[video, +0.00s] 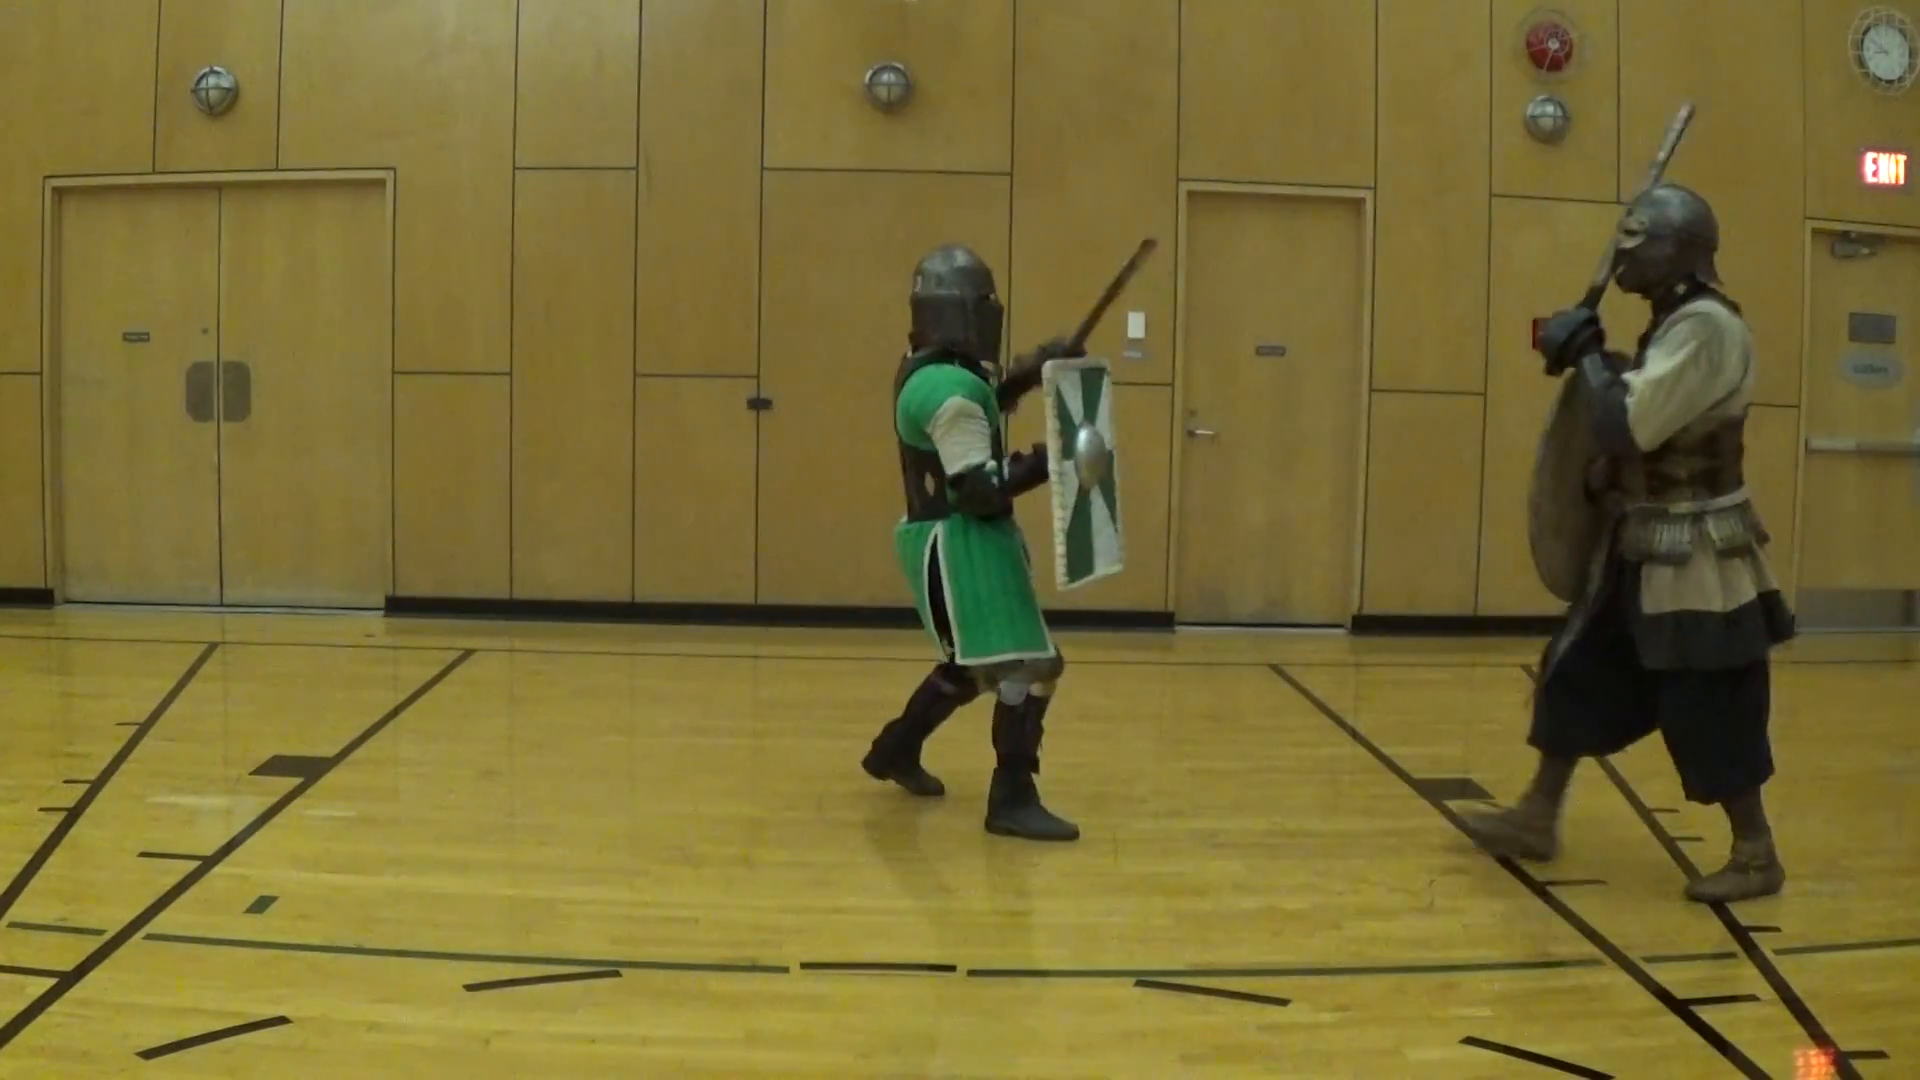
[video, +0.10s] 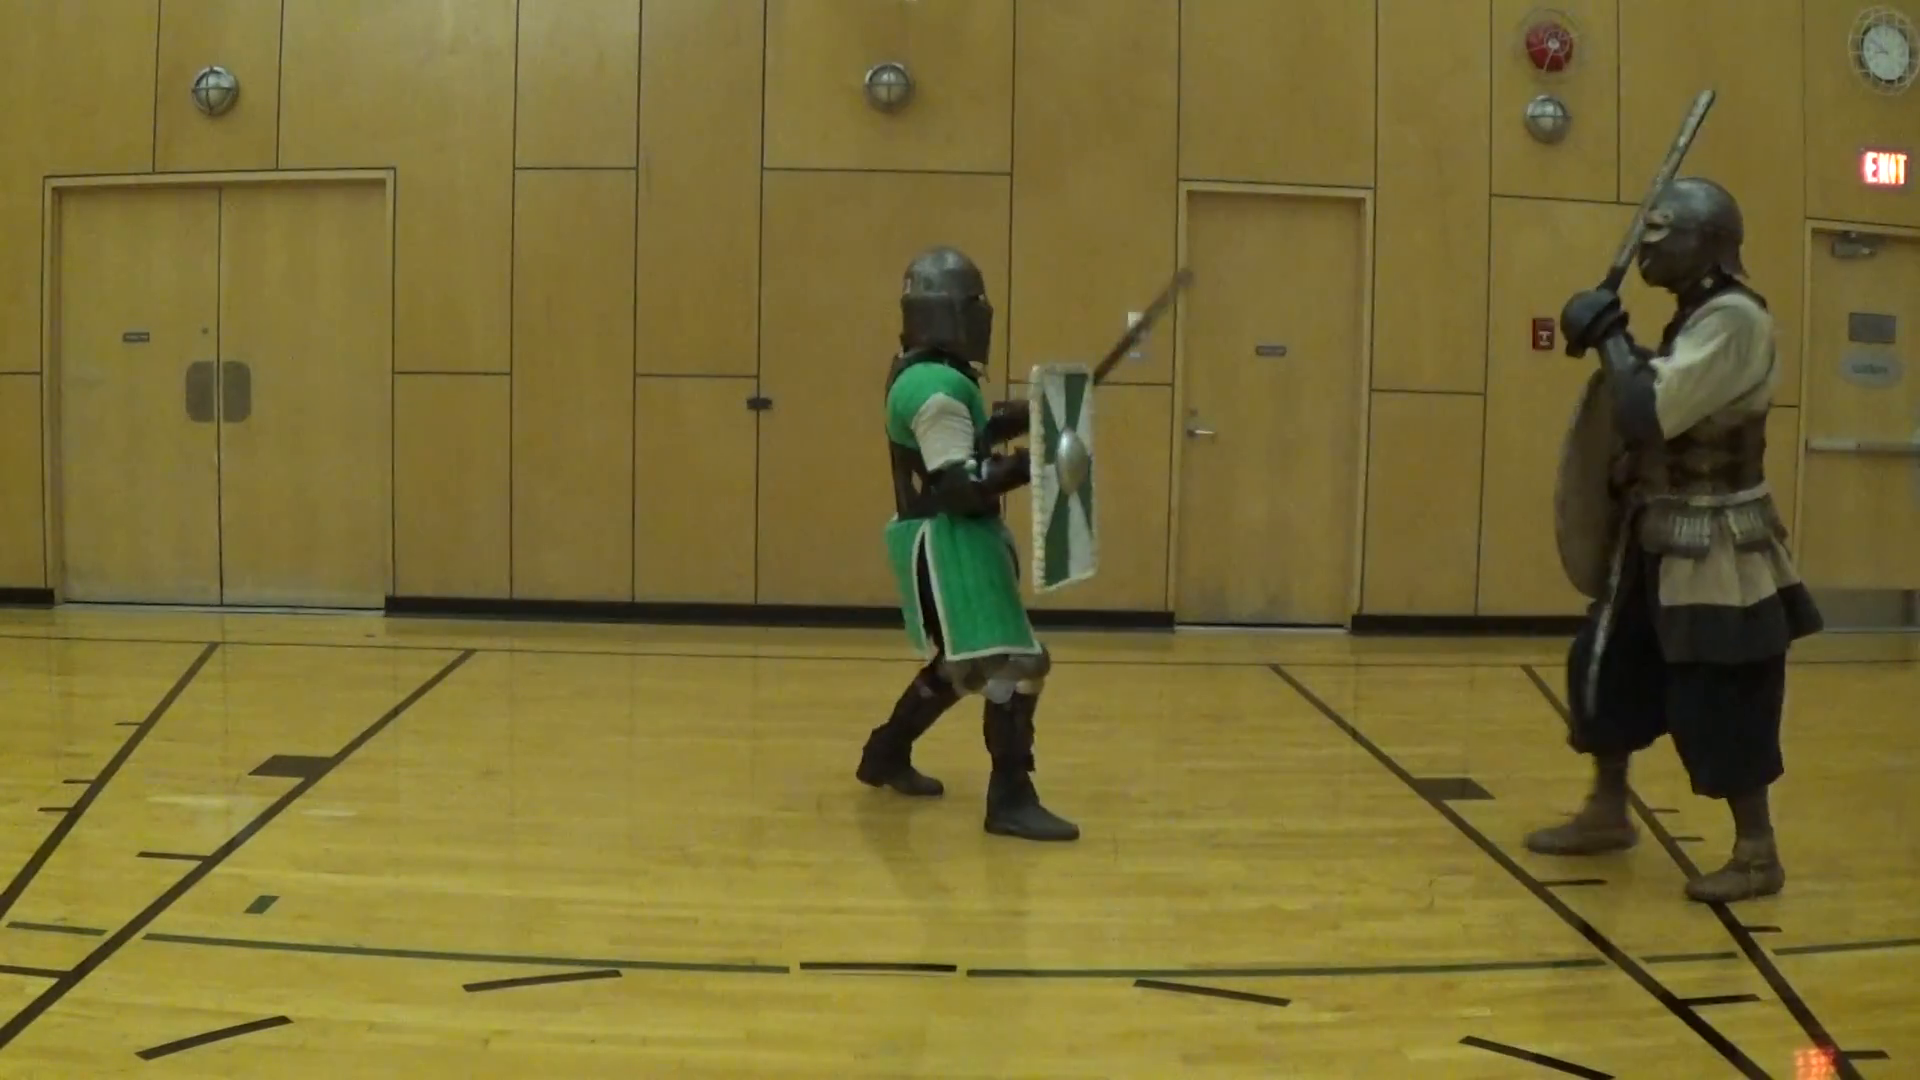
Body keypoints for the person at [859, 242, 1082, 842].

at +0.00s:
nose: (993, 314)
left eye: (989, 304)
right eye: (984, 304)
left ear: (930, 314)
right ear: (963, 313)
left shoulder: (943, 375)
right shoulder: (948, 388)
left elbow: (991, 400)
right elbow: (979, 491)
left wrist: (1037, 365)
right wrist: (1054, 460)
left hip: (946, 535)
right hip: (965, 540)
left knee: (976, 660)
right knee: (1033, 665)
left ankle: (897, 746)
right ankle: (1013, 800)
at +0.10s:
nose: (983, 317)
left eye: (980, 306)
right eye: (975, 307)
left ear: (921, 316)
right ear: (953, 314)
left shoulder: (942, 379)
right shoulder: (934, 387)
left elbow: (966, 442)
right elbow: (954, 488)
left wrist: (1025, 415)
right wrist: (1031, 463)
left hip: (944, 532)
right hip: (951, 538)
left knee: (964, 659)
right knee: (1020, 662)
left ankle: (886, 751)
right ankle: (1011, 800)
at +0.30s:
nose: (966, 313)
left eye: (963, 302)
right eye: (957, 302)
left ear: (908, 308)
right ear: (928, 308)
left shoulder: (924, 372)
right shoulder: (904, 376)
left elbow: (930, 467)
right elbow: (909, 473)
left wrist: (989, 467)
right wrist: (986, 465)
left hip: (923, 525)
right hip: (905, 527)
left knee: (938, 652)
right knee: (956, 653)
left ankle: (881, 756)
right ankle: (974, 791)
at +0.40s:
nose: (956, 308)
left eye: (953, 297)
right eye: (949, 297)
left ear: (896, 300)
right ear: (926, 301)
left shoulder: (908, 360)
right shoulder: (895, 364)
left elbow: (916, 456)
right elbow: (895, 456)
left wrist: (977, 462)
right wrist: (976, 461)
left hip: (909, 515)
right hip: (893, 518)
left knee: (936, 645)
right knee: (924, 646)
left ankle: (882, 756)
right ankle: (896, 784)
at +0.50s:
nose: (945, 297)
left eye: (943, 286)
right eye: (936, 286)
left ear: (892, 291)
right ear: (908, 292)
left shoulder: (907, 354)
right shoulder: (885, 357)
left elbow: (905, 449)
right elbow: (883, 450)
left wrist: (962, 460)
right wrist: (960, 453)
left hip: (902, 510)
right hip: (875, 511)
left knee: (925, 644)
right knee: (889, 640)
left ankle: (880, 760)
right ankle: (821, 769)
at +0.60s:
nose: (933, 301)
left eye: (931, 289)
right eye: (925, 289)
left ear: (872, 294)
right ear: (903, 294)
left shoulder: (888, 353)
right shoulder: (873, 354)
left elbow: (890, 447)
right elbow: (873, 445)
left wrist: (950, 453)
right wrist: (952, 447)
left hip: (889, 510)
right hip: (861, 508)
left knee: (909, 639)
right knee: (857, 636)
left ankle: (880, 760)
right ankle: (758, 751)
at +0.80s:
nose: (888, 303)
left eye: (887, 292)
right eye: (879, 292)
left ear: (835, 298)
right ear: (849, 297)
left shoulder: (849, 359)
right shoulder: (828, 361)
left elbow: (833, 457)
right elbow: (835, 459)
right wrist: (910, 453)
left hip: (846, 516)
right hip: (815, 516)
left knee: (888, 638)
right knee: (800, 649)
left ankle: (877, 760)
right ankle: (704, 754)